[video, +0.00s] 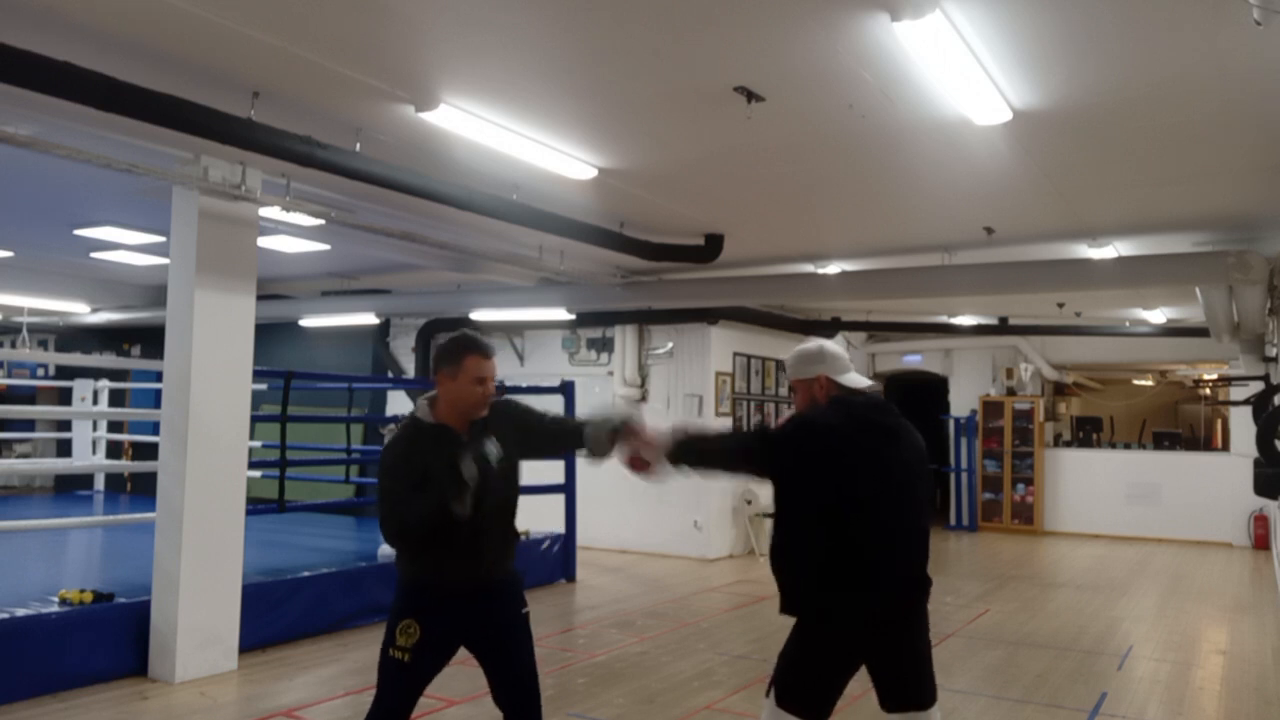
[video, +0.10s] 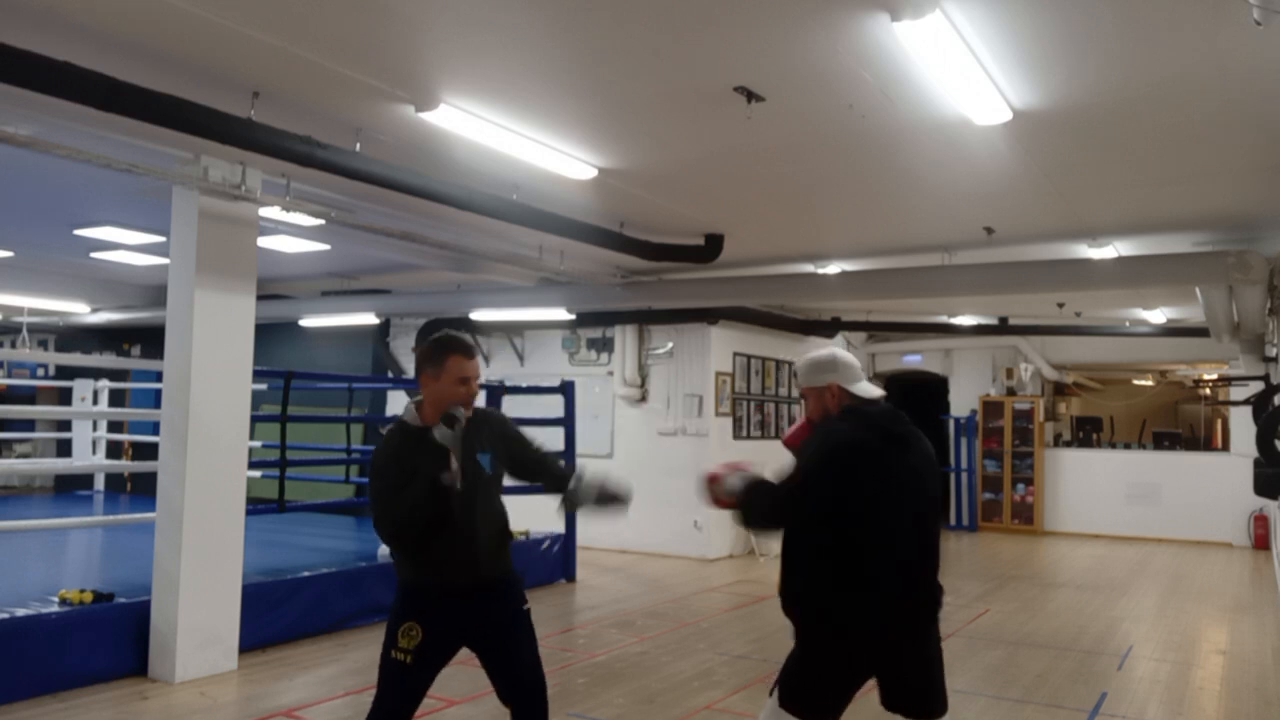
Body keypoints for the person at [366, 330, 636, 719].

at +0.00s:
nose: (490, 391)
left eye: (493, 381)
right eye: (480, 382)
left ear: (495, 381)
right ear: (443, 380)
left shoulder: (503, 421)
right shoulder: (405, 448)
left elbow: (556, 434)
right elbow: (397, 530)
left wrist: (614, 432)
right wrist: (453, 495)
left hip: (495, 593)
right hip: (428, 596)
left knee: (524, 709)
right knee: (390, 708)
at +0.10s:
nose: (473, 391)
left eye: (476, 381)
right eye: (463, 381)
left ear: (479, 379)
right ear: (427, 381)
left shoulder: (489, 426)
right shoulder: (395, 447)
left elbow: (531, 463)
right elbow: (393, 529)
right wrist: (442, 478)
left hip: (494, 593)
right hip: (427, 597)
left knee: (531, 705)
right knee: (390, 709)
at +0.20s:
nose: (474, 389)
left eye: (477, 379)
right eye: (463, 379)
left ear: (480, 377)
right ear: (428, 378)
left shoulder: (489, 429)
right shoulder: (397, 446)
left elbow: (524, 487)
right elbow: (394, 524)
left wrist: (557, 540)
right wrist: (447, 477)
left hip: (495, 589)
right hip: (428, 596)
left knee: (537, 701)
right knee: (393, 709)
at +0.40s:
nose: (523, 391)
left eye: (525, 382)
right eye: (514, 381)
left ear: (525, 385)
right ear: (482, 380)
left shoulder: (520, 438)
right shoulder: (443, 438)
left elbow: (535, 508)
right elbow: (439, 510)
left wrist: (562, 561)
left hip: (507, 594)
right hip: (446, 594)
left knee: (546, 702)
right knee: (407, 708)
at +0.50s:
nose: (554, 397)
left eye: (556, 389)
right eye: (545, 386)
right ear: (510, 380)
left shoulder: (533, 442)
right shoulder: (479, 430)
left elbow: (538, 506)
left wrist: (575, 543)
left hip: (517, 589)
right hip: (462, 591)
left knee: (553, 698)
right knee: (417, 702)